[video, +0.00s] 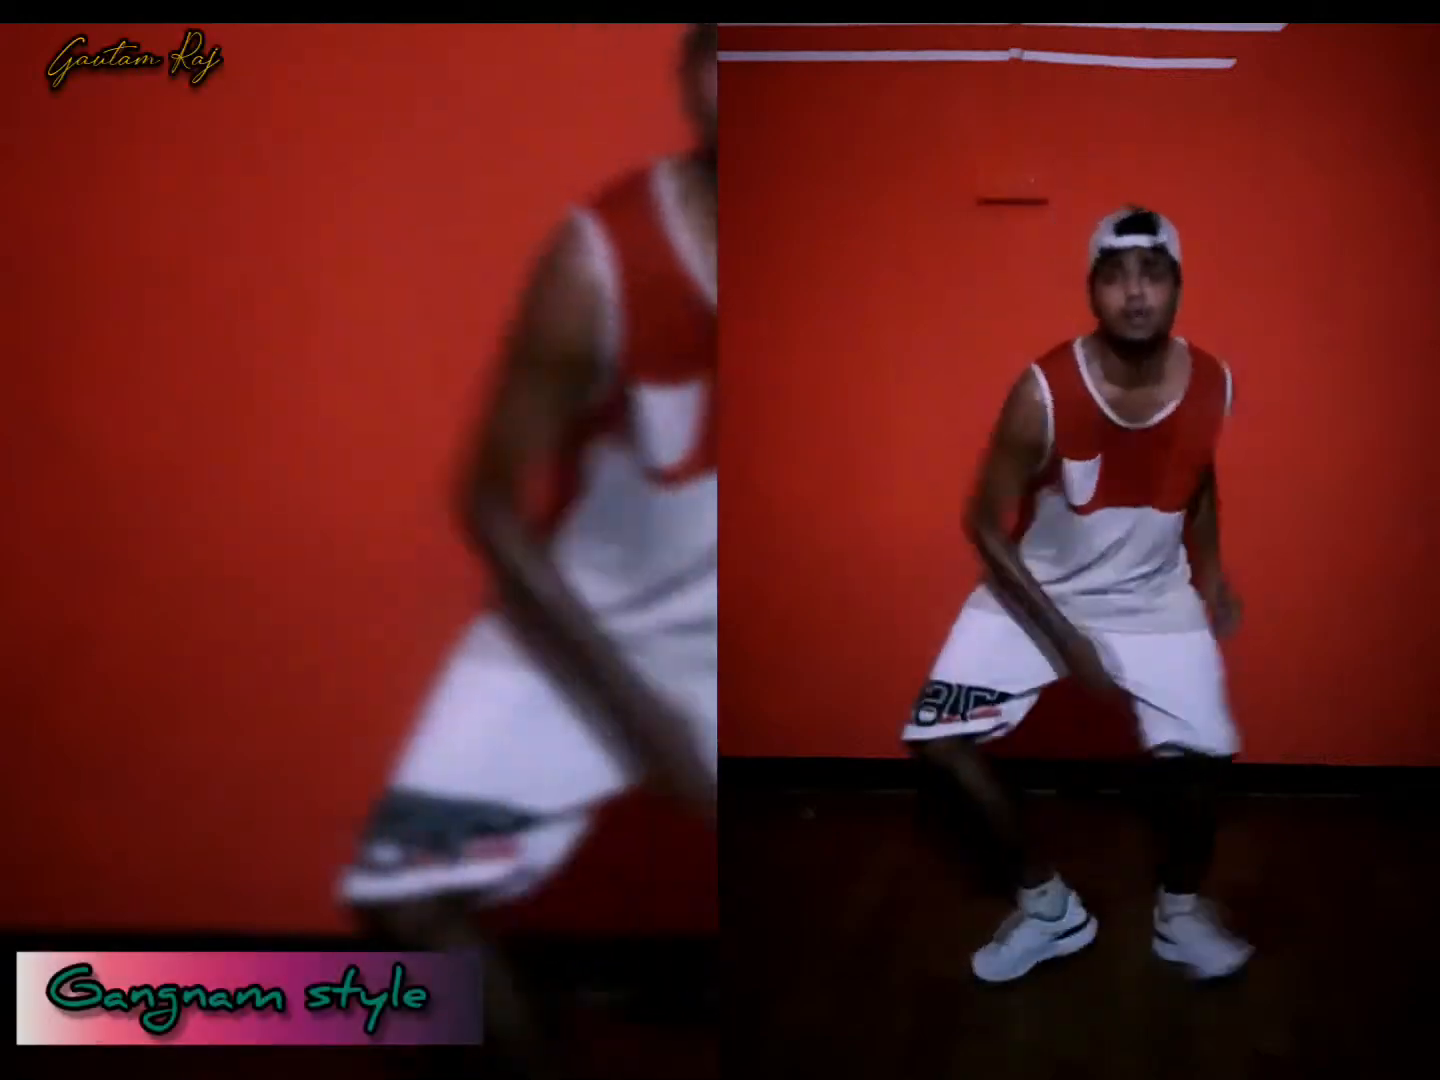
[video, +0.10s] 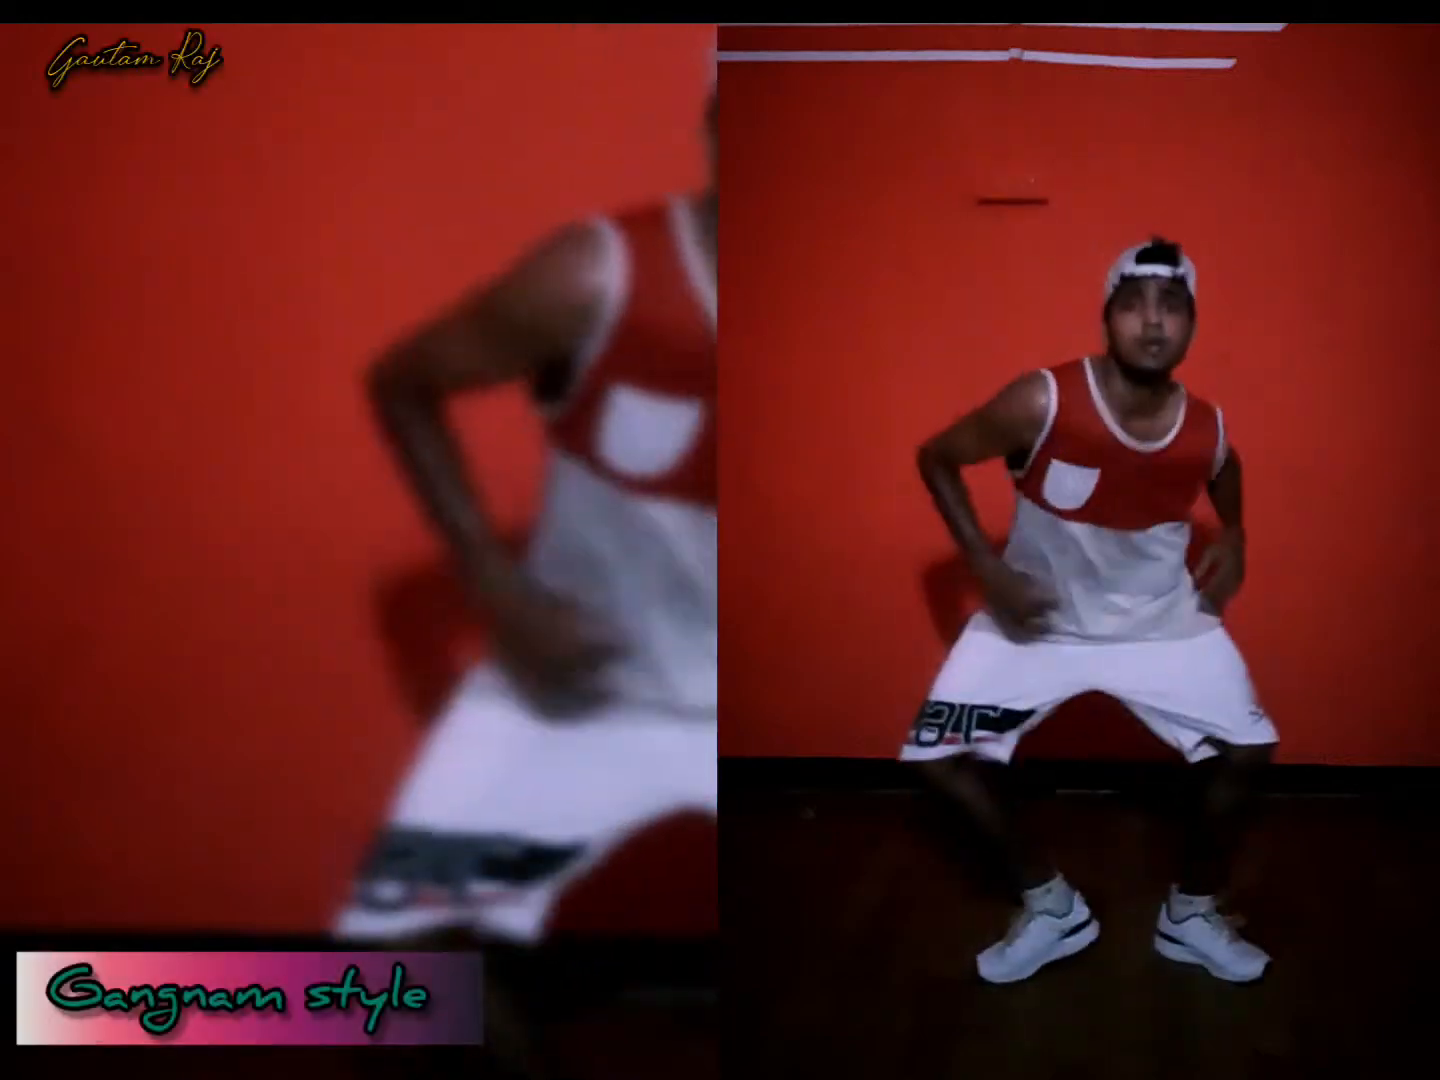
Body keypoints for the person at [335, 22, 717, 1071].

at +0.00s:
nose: (747, 95)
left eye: (765, 67)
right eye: (727, 64)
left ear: (826, 92)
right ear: (693, 80)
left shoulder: (858, 244)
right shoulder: (610, 255)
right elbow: (494, 507)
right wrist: (657, 738)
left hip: (781, 626)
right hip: (601, 631)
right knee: (410, 891)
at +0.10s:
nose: (765, 161)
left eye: (786, 132)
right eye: (748, 128)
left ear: (826, 151)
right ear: (713, 131)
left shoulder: (847, 299)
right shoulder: (604, 274)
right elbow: (402, 381)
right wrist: (505, 598)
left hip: (747, 722)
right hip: (576, 711)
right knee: (395, 959)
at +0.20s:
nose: (741, 140)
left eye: (762, 112)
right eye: (726, 108)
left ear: (812, 131)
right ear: (688, 114)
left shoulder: (829, 281)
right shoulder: (567, 259)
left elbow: (911, 459)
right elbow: (415, 392)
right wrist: (413, 621)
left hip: (745, 638)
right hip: (566, 629)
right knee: (447, 938)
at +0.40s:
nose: (616, 98)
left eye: (657, 69)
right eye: (585, 61)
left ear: (699, 100)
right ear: (541, 82)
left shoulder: (746, 251)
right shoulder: (471, 215)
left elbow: (813, 439)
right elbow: (457, 399)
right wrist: (406, 587)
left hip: (718, 656)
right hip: (541, 641)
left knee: (776, 955)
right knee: (477, 938)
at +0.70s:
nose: (579, 146)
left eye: (607, 107)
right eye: (545, 120)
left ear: (663, 116)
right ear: (513, 148)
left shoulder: (751, 249)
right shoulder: (506, 305)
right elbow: (419, 461)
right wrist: (518, 585)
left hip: (758, 626)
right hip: (597, 633)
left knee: (786, 944)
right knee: (545, 956)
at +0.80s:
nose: (656, 77)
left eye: (686, 43)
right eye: (622, 48)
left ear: (733, 64)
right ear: (586, 78)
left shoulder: (797, 240)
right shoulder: (554, 278)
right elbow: (553, 504)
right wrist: (638, 587)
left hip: (775, 588)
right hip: (614, 590)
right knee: (576, 883)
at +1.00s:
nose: (751, 113)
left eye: (770, 85)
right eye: (730, 81)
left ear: (829, 110)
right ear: (694, 97)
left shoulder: (858, 268)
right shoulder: (598, 277)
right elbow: (537, 548)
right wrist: (642, 563)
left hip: (807, 652)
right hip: (628, 654)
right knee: (443, 932)